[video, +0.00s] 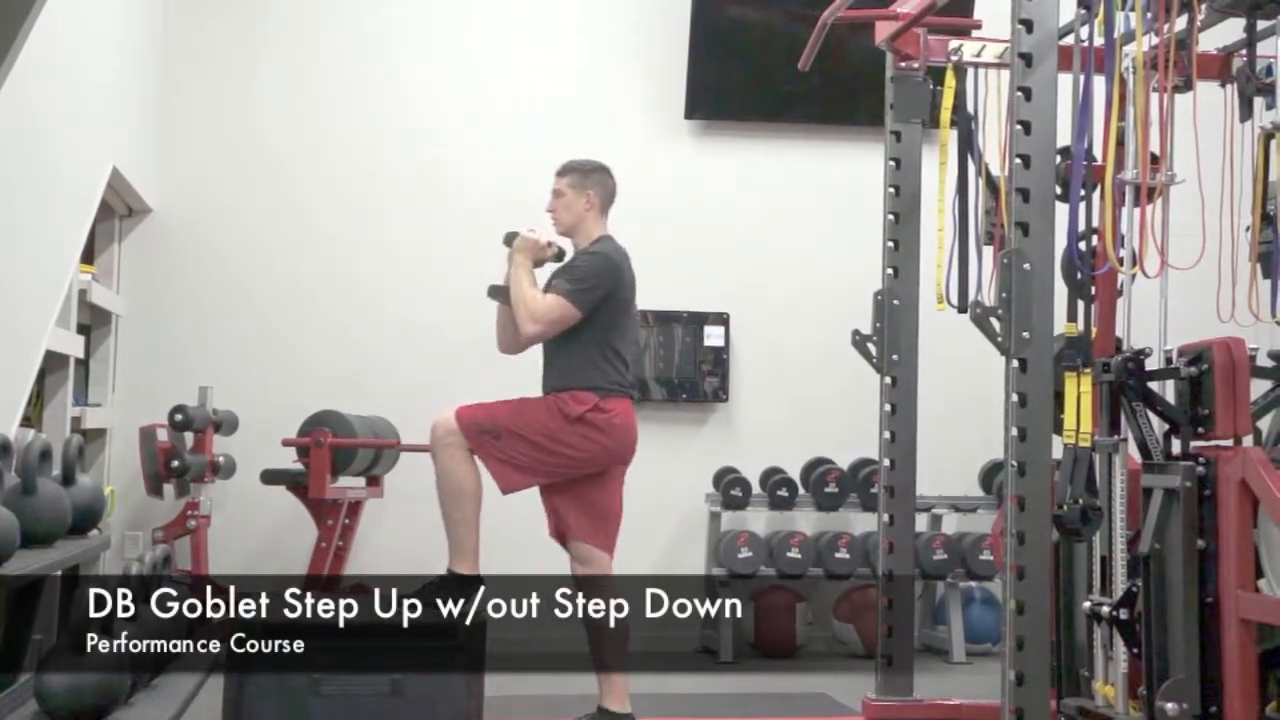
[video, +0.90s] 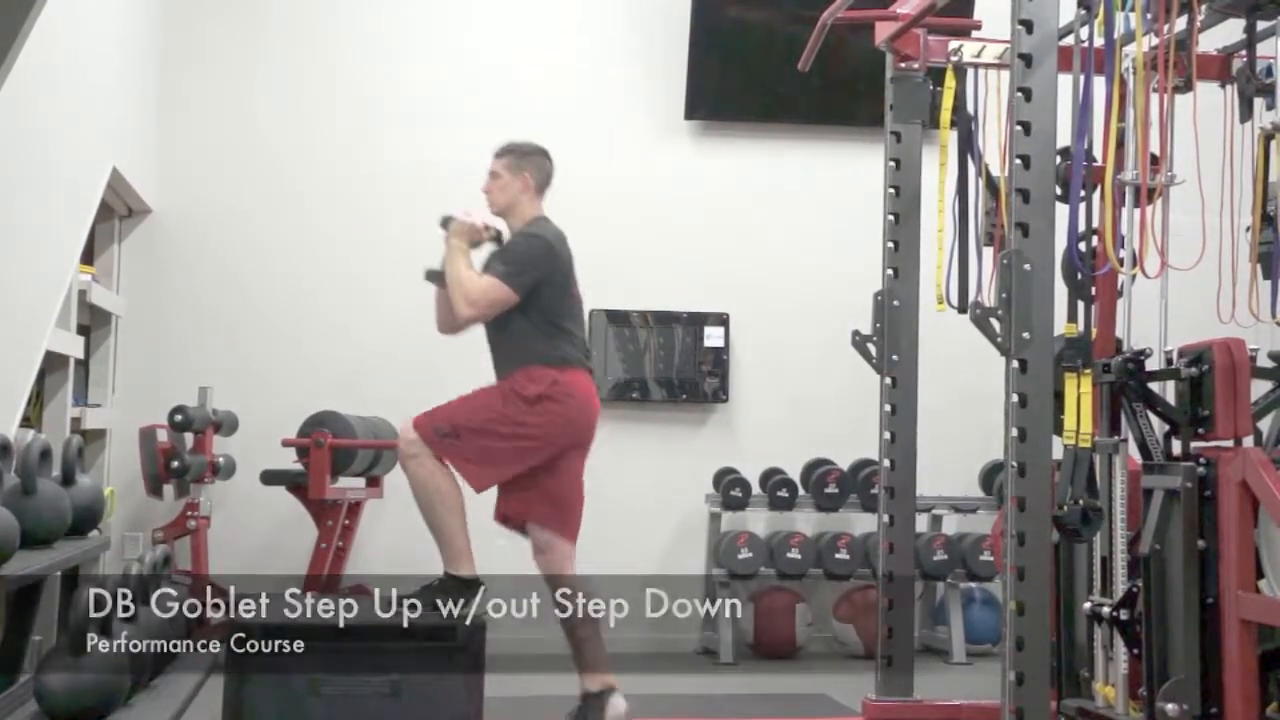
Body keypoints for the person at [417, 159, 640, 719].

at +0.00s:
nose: (549, 205)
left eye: (558, 195)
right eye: (551, 195)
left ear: (590, 200)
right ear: (586, 201)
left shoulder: (604, 260)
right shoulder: (581, 265)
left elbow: (533, 323)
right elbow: (511, 340)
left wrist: (521, 261)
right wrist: (514, 274)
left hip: (590, 414)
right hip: (596, 419)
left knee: (450, 431)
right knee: (591, 562)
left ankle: (463, 577)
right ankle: (616, 706)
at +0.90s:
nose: (485, 186)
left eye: (495, 176)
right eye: (488, 176)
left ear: (527, 182)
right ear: (523, 182)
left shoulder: (540, 241)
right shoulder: (520, 246)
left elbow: (470, 304)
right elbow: (448, 321)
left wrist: (457, 243)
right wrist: (454, 255)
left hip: (548, 394)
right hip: (567, 400)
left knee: (417, 443)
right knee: (553, 552)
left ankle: (460, 579)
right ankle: (600, 691)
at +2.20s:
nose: (493, 176)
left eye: (501, 166)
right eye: (495, 166)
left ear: (534, 170)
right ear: (530, 171)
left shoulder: (546, 232)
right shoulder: (526, 238)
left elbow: (478, 292)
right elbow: (454, 315)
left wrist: (466, 227)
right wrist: (458, 254)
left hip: (552, 389)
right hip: (568, 395)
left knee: (424, 440)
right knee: (550, 549)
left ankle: (458, 579)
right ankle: (599, 693)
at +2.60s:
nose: (543, 212)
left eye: (552, 202)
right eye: (544, 202)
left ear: (584, 207)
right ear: (576, 210)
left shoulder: (598, 264)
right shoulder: (571, 271)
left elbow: (534, 329)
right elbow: (505, 347)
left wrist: (524, 270)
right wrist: (512, 281)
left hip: (594, 414)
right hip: (601, 424)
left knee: (458, 428)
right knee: (563, 564)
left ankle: (462, 577)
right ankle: (613, 705)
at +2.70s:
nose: (551, 209)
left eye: (561, 199)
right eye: (553, 199)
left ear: (593, 204)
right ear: (582, 206)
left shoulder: (604, 259)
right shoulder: (576, 267)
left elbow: (543, 322)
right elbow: (511, 344)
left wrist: (531, 263)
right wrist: (519, 278)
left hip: (599, 410)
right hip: (604, 420)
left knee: (463, 428)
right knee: (571, 561)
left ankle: (462, 577)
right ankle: (613, 705)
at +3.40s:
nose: (543, 208)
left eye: (552, 198)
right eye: (544, 198)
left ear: (584, 202)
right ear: (577, 205)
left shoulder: (597, 258)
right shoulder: (569, 267)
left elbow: (534, 325)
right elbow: (506, 345)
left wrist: (523, 264)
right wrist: (510, 277)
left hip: (591, 411)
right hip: (598, 419)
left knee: (453, 429)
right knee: (586, 565)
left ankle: (461, 577)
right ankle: (617, 706)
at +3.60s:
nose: (519, 214)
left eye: (529, 203)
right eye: (521, 203)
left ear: (561, 208)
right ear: (555, 210)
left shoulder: (577, 265)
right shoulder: (552, 274)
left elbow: (512, 332)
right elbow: (488, 353)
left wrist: (494, 272)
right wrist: (492, 285)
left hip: (577, 417)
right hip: (580, 427)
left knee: (437, 432)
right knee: (547, 575)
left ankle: (460, 578)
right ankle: (611, 705)